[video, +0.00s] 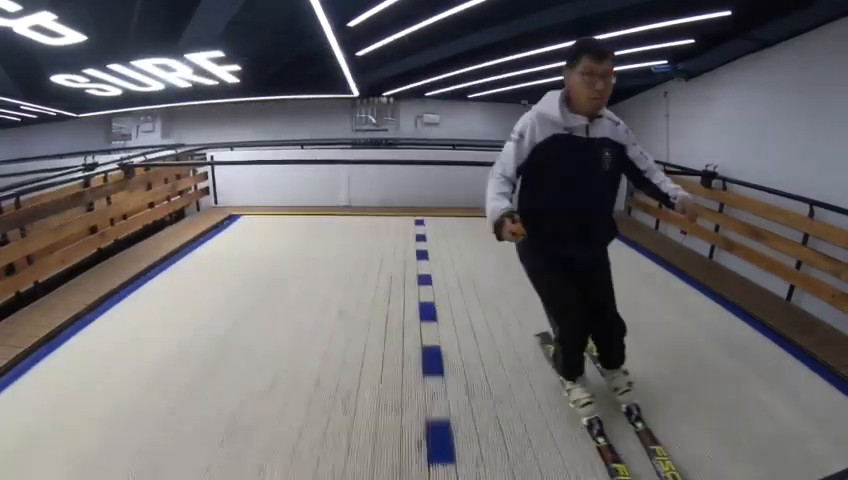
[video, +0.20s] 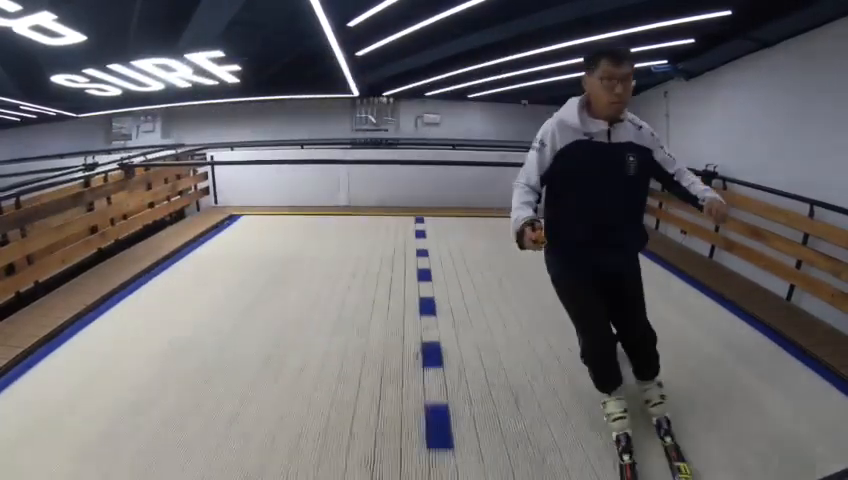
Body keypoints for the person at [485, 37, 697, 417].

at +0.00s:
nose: (599, 85)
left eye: (606, 77)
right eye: (590, 77)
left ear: (613, 81)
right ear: (567, 77)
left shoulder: (614, 129)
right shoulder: (538, 122)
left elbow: (645, 170)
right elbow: (503, 173)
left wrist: (677, 197)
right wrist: (502, 214)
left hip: (591, 240)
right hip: (543, 242)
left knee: (606, 315)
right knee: (570, 317)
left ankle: (613, 367)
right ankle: (571, 378)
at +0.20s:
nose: (618, 90)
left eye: (625, 82)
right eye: (609, 81)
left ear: (633, 84)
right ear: (586, 82)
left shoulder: (640, 134)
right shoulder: (557, 130)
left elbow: (674, 172)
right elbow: (527, 183)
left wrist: (707, 196)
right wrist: (524, 220)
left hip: (620, 249)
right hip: (570, 252)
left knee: (635, 325)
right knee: (595, 333)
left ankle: (649, 381)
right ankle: (612, 393)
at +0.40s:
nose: (607, 87)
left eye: (614, 79)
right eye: (597, 79)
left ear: (622, 81)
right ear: (576, 80)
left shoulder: (636, 132)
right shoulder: (549, 131)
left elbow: (674, 170)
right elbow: (522, 182)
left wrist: (705, 196)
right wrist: (512, 218)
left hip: (619, 258)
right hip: (565, 261)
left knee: (631, 339)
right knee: (583, 349)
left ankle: (652, 393)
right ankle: (607, 405)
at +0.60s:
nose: (561, 82)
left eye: (569, 71)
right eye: (551, 73)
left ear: (583, 73)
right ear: (535, 76)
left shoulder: (607, 129)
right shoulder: (513, 128)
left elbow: (650, 170)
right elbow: (486, 182)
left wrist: (672, 198)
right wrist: (464, 215)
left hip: (584, 261)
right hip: (527, 262)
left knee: (589, 350)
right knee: (535, 354)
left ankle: (626, 409)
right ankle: (569, 412)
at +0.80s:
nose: (491, 74)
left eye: (501, 65)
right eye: (483, 66)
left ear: (520, 69)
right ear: (474, 71)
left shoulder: (544, 124)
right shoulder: (453, 121)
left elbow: (589, 167)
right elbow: (429, 179)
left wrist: (602, 196)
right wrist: (396, 204)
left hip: (517, 256)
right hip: (462, 253)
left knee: (516, 352)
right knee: (456, 346)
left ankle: (561, 415)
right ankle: (497, 412)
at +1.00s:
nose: (406, 68)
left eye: (416, 59)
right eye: (398, 59)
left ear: (438, 64)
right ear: (390, 65)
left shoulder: (461, 119)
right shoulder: (377, 117)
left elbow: (505, 167)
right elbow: (351, 172)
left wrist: (505, 195)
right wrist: (312, 194)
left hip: (431, 247)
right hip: (381, 242)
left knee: (423, 341)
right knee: (363, 329)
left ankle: (475, 412)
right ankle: (402, 393)